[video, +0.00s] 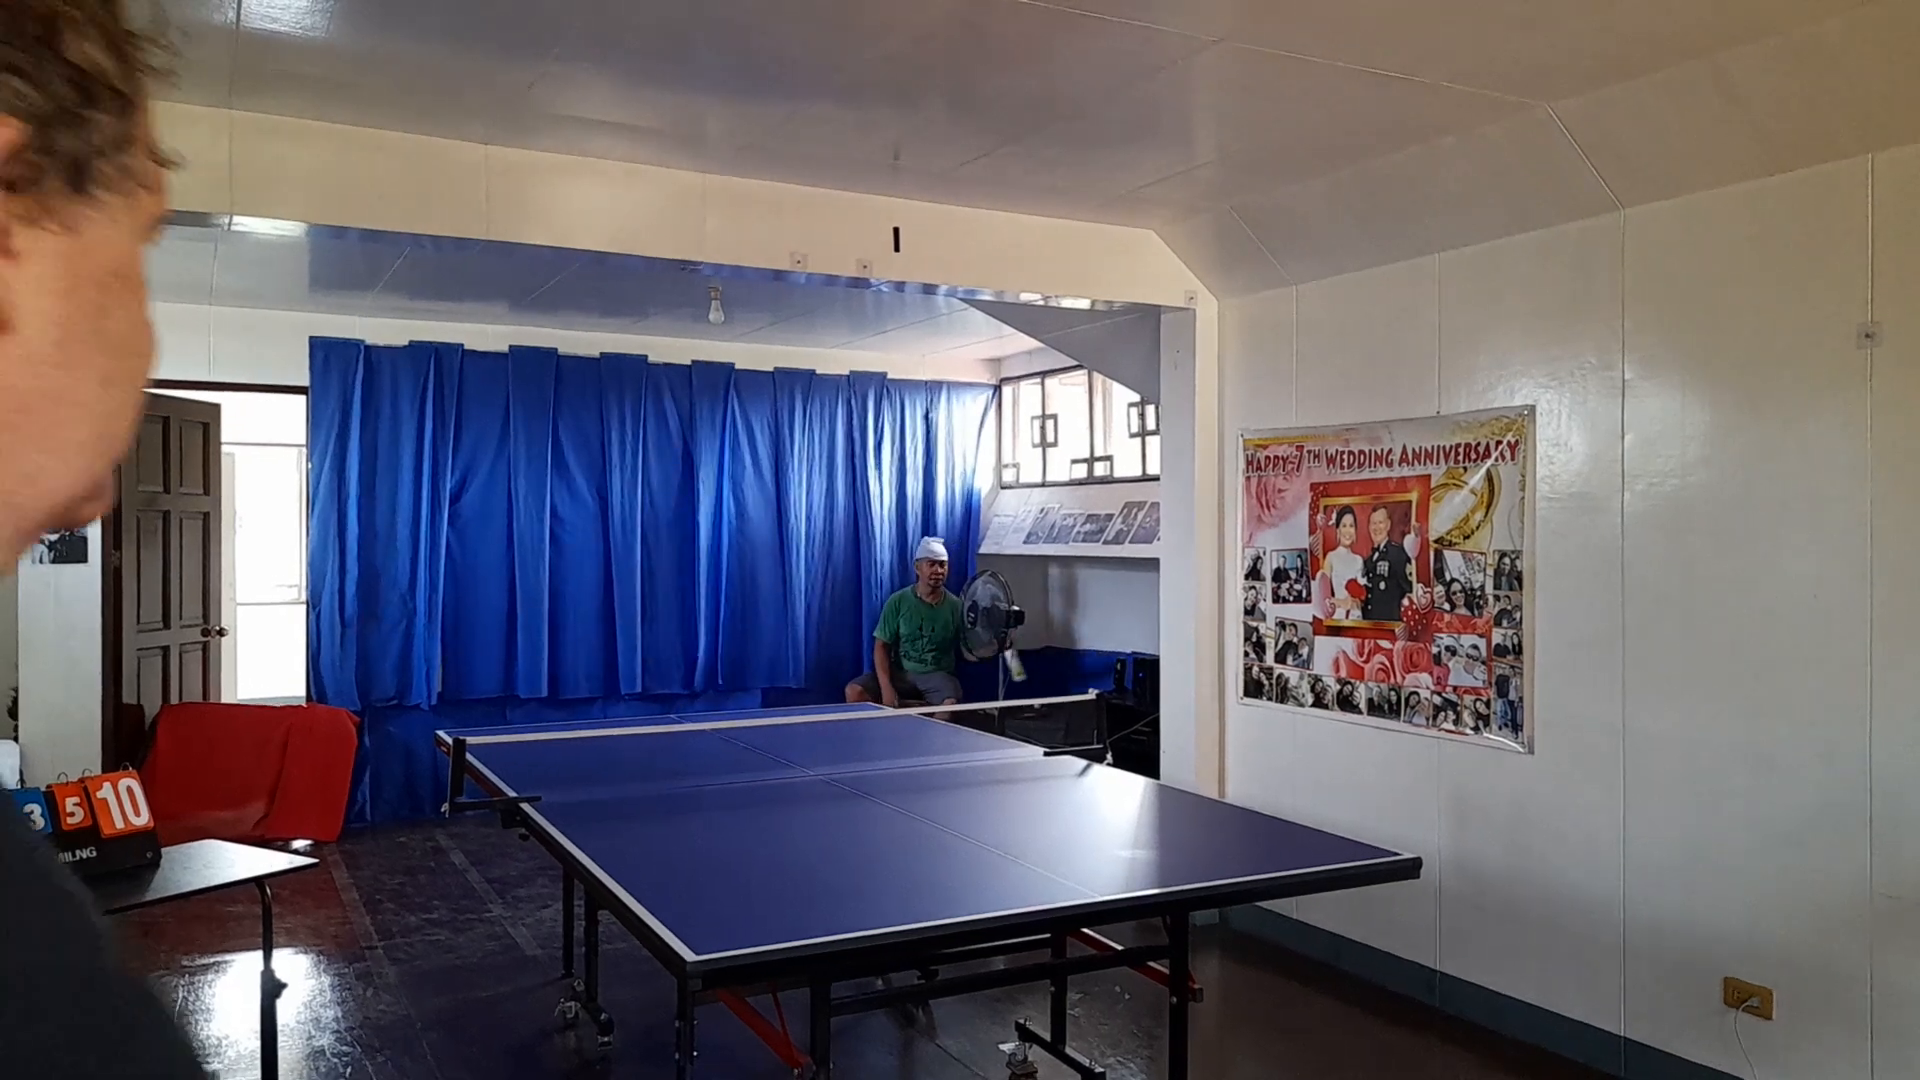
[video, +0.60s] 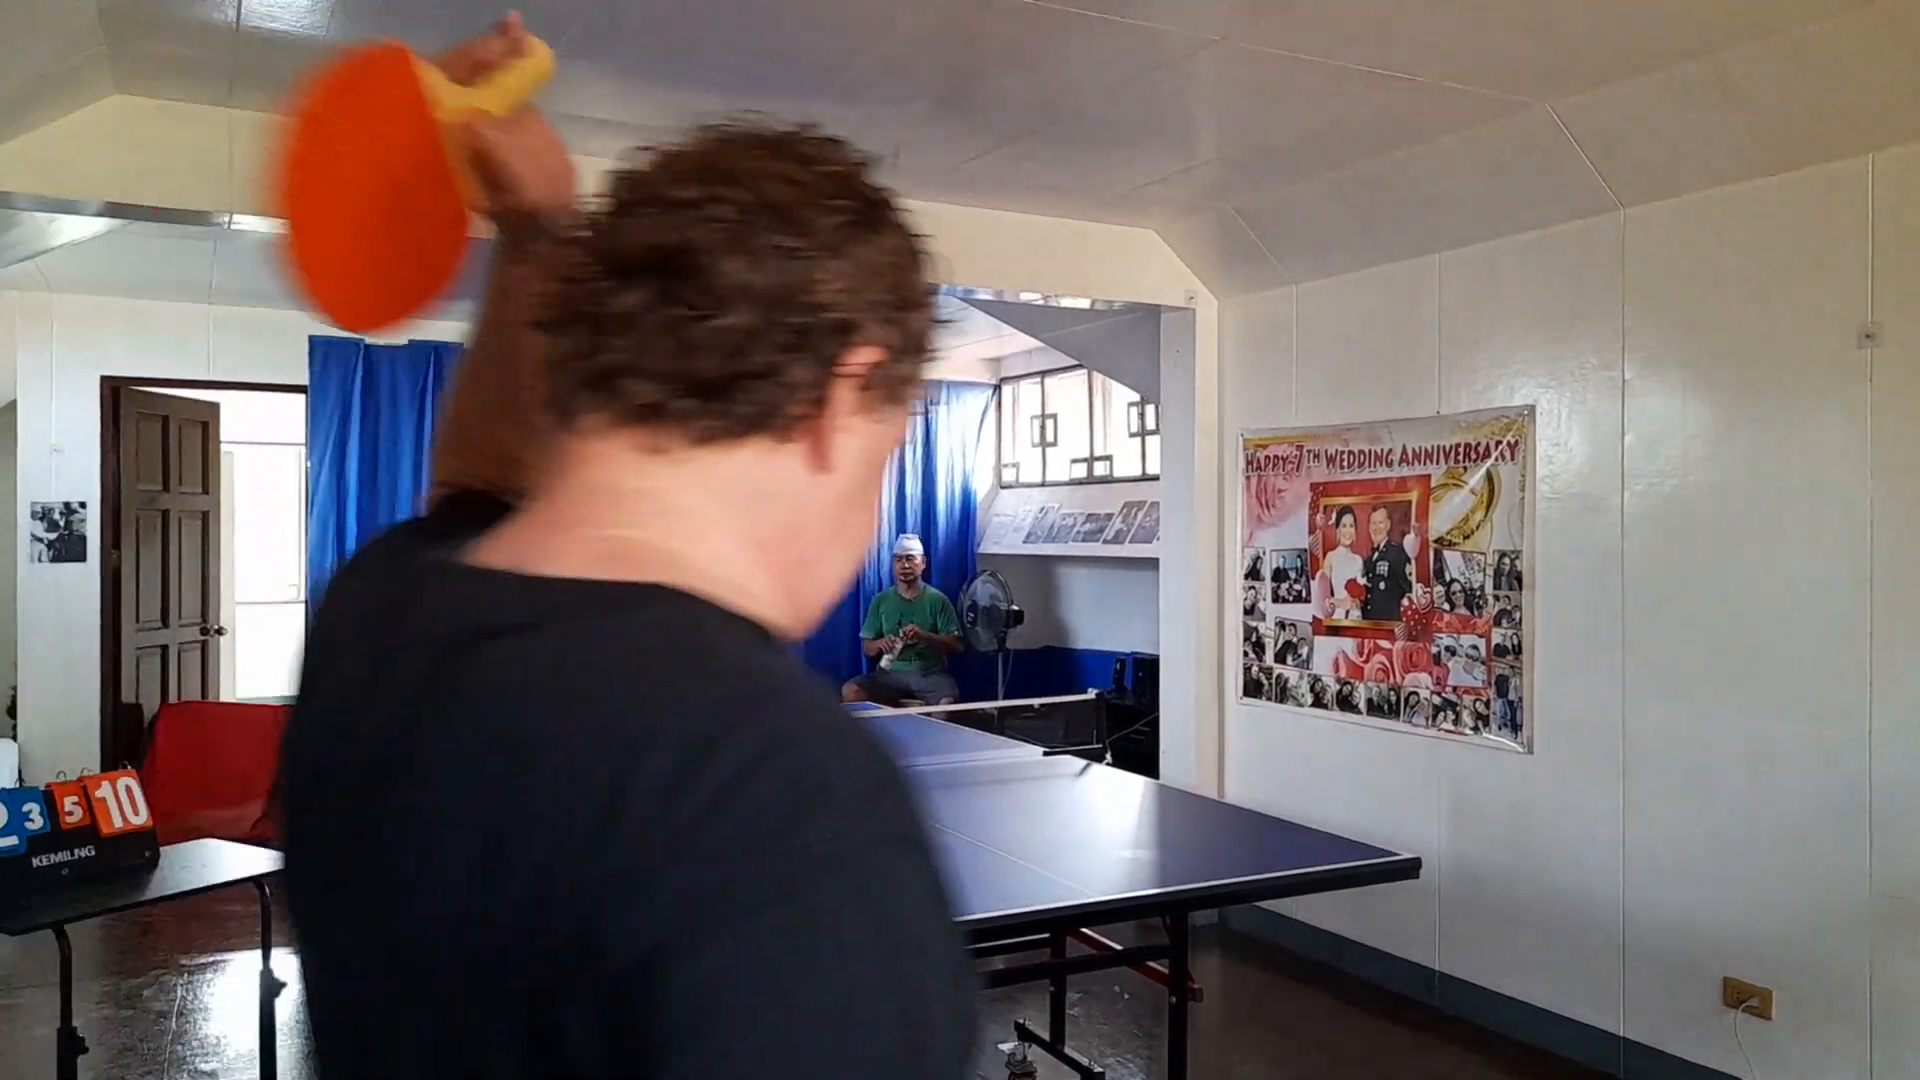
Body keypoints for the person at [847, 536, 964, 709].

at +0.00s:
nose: (938, 570)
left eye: (942, 565)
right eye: (931, 565)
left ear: (947, 568)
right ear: (918, 568)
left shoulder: (956, 606)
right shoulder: (898, 601)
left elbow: (968, 650)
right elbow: (880, 646)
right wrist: (886, 690)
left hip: (936, 675)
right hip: (899, 672)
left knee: (949, 705)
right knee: (854, 691)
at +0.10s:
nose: (936, 571)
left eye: (940, 565)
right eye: (929, 565)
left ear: (945, 569)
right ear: (916, 569)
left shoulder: (955, 608)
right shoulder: (897, 603)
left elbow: (965, 652)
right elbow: (880, 650)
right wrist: (894, 681)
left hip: (939, 676)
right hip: (902, 673)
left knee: (952, 707)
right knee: (857, 693)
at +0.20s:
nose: (929, 568)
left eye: (934, 563)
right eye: (922, 562)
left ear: (939, 568)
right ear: (910, 566)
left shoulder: (950, 606)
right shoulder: (892, 601)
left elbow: (959, 647)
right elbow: (877, 649)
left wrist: (955, 649)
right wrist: (900, 664)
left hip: (933, 678)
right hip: (897, 676)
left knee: (950, 706)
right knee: (854, 692)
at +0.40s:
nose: (916, 568)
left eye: (923, 563)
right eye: (911, 562)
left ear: (931, 568)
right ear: (902, 567)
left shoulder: (945, 606)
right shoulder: (887, 603)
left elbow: (958, 648)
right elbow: (875, 651)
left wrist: (933, 643)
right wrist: (891, 649)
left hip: (932, 678)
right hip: (893, 676)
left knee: (949, 707)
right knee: (852, 694)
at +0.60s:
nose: (904, 565)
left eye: (910, 559)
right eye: (899, 560)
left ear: (923, 563)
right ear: (893, 564)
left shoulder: (937, 600)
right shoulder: (880, 601)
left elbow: (956, 644)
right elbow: (867, 648)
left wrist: (923, 637)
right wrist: (881, 643)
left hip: (928, 675)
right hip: (889, 674)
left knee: (946, 702)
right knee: (851, 691)